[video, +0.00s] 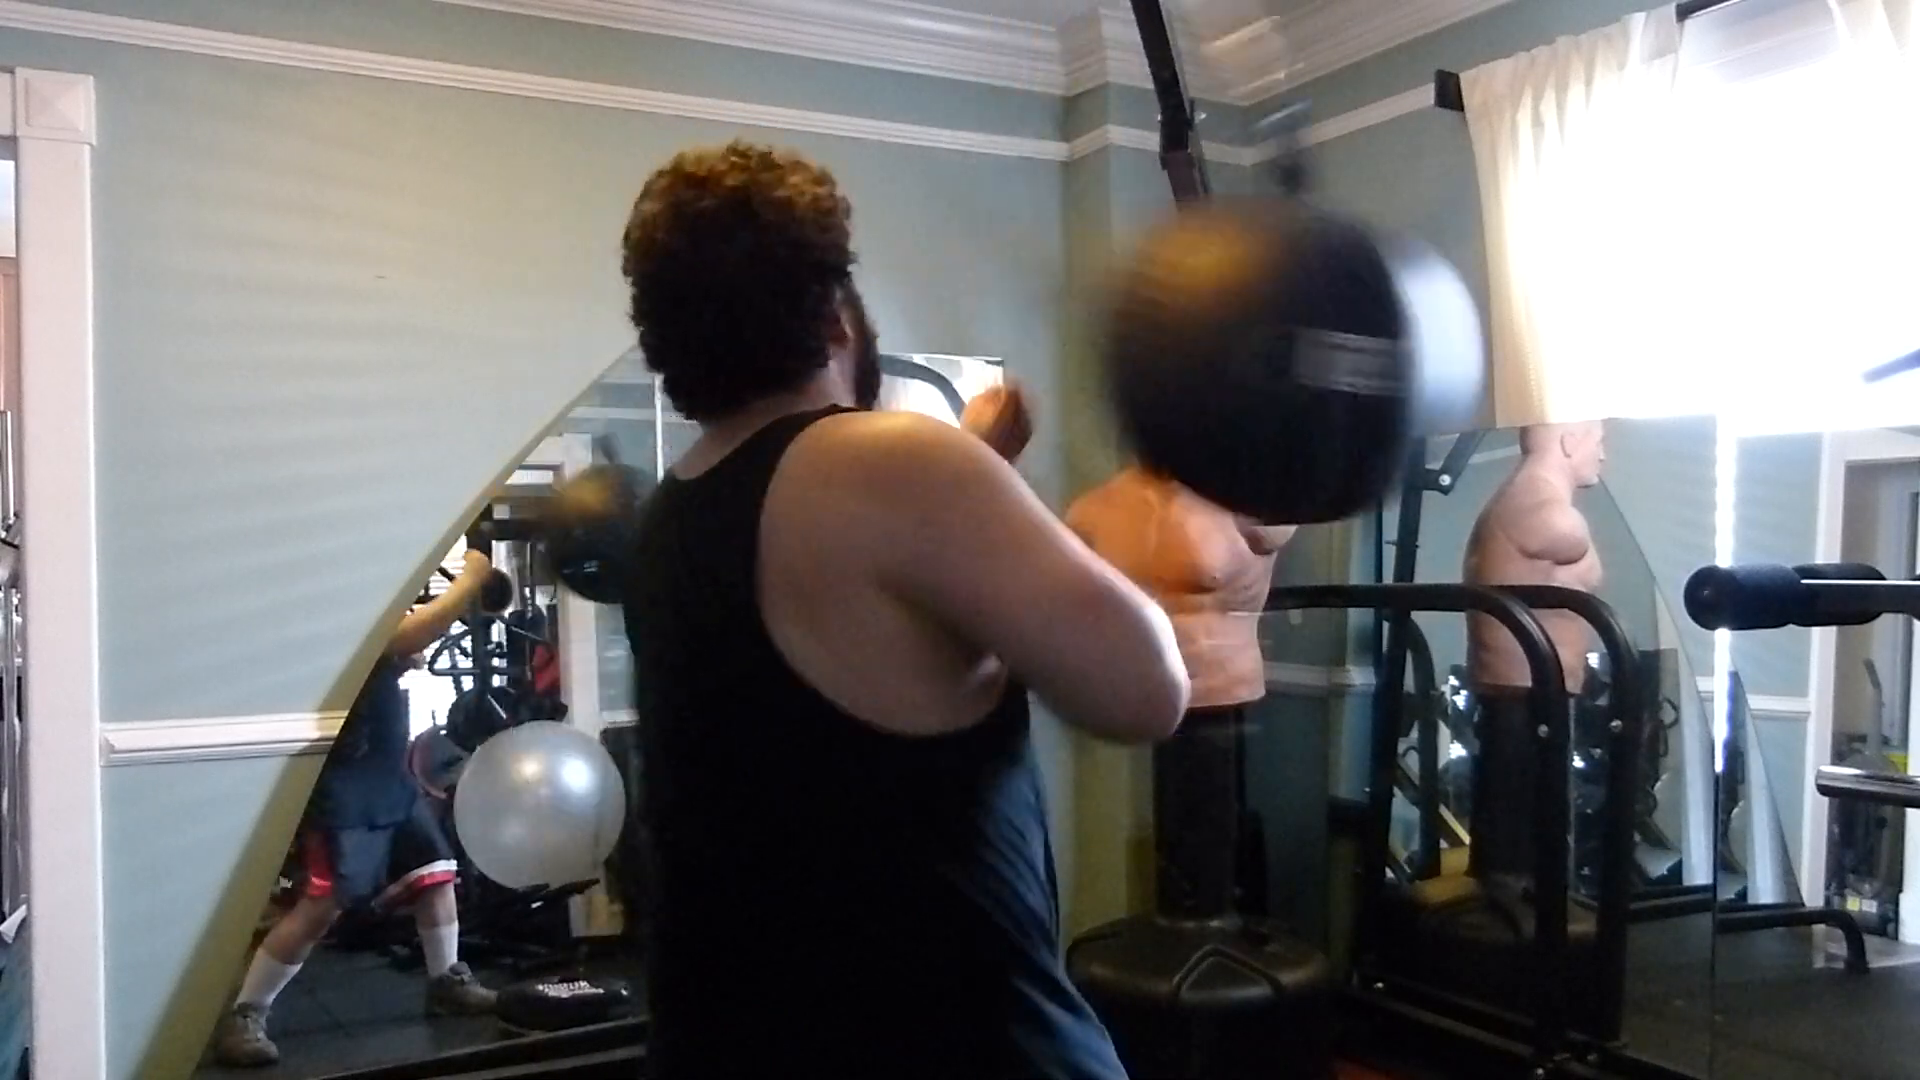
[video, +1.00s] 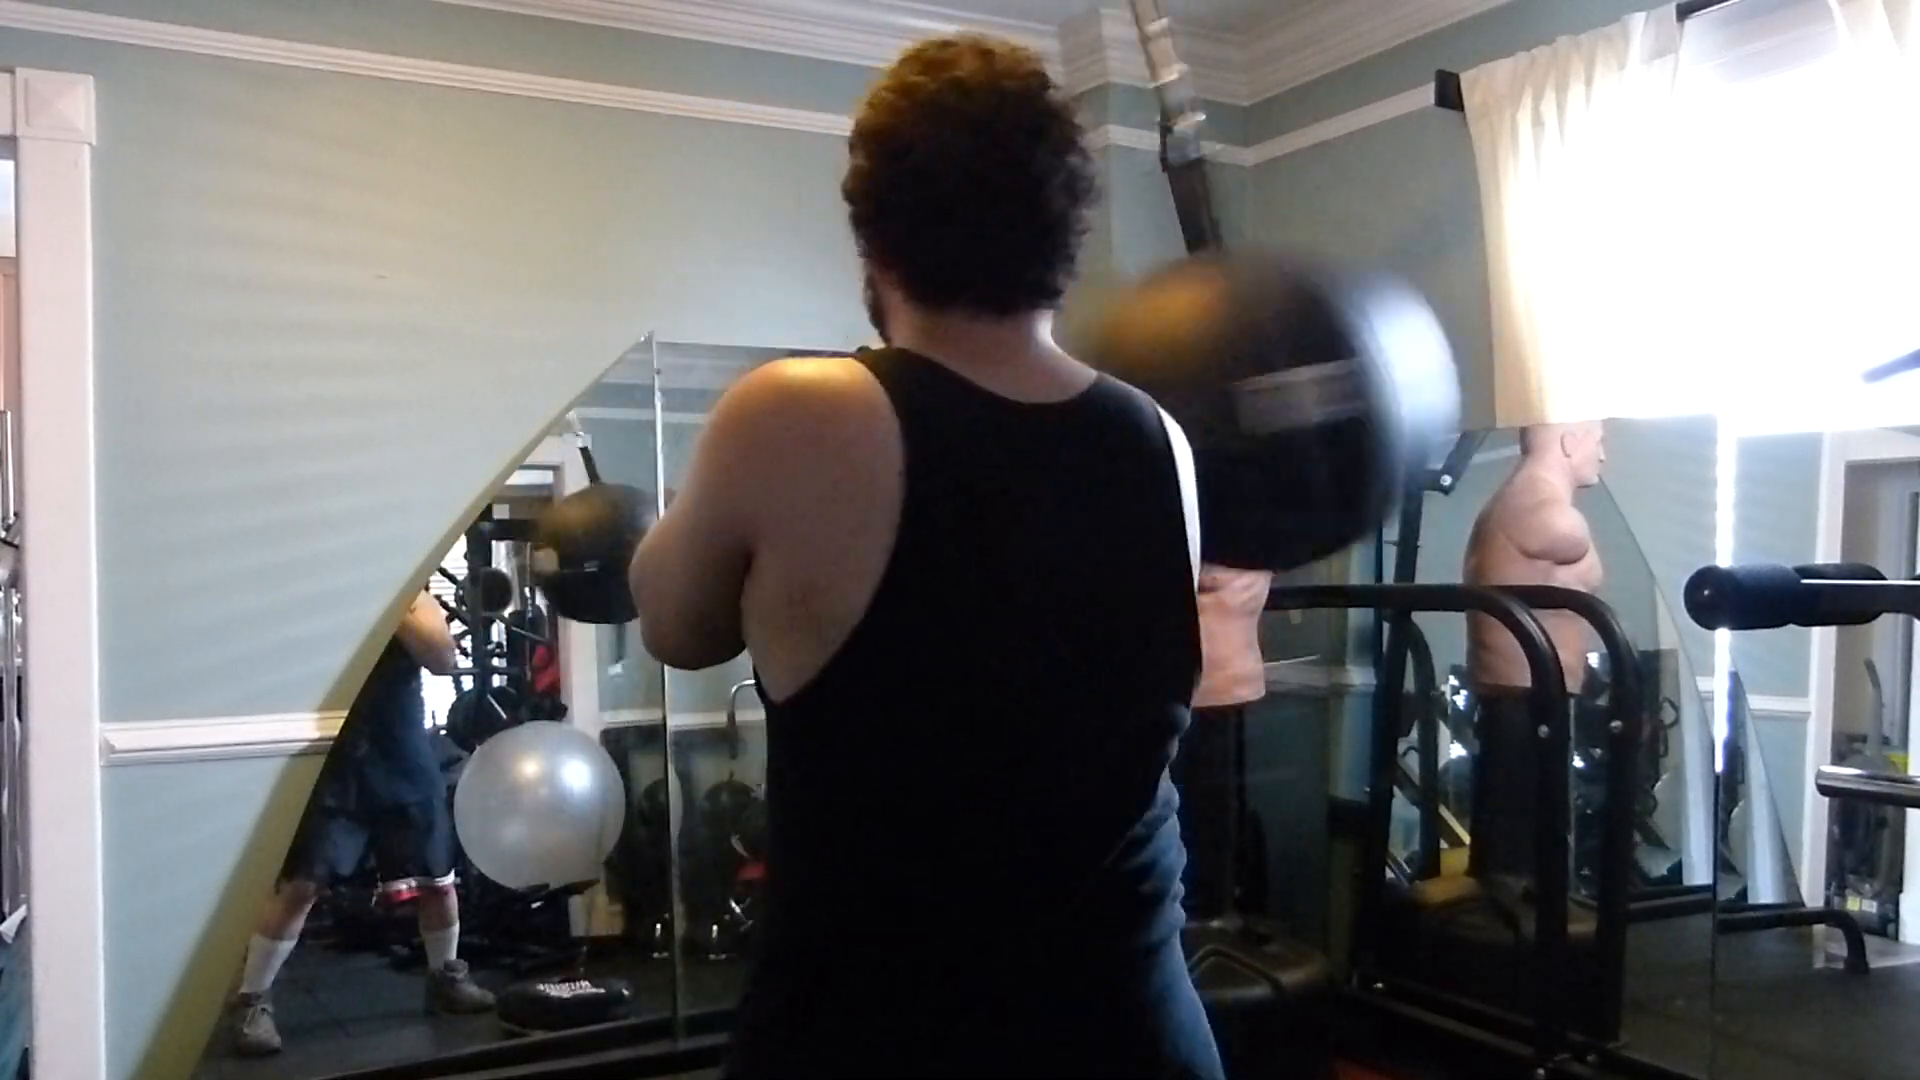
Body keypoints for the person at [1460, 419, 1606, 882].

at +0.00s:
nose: (1603, 454)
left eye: (1603, 440)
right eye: (1598, 438)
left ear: (1557, 441)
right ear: (1567, 441)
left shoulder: (1512, 499)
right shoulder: (1540, 498)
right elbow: (1592, 574)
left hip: (1510, 696)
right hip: (1529, 700)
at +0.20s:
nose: (1604, 454)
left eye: (1603, 440)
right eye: (1598, 438)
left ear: (1557, 440)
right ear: (1566, 440)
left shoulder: (1513, 498)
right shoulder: (1540, 498)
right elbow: (1592, 573)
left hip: (1510, 693)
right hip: (1529, 697)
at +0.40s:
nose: (1604, 454)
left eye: (1603, 440)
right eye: (1598, 439)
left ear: (1557, 441)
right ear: (1567, 441)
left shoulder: (1508, 501)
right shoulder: (1539, 498)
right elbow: (1592, 572)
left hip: (1509, 696)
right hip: (1530, 700)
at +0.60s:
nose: (1603, 453)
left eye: (1603, 439)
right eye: (1598, 437)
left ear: (1558, 439)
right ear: (1567, 440)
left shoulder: (1515, 496)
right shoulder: (1538, 496)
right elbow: (1591, 573)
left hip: (1511, 694)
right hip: (1528, 698)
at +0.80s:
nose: (1603, 454)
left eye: (1602, 439)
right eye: (1597, 438)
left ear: (1555, 441)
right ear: (1566, 441)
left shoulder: (1509, 500)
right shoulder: (1540, 499)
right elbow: (1594, 575)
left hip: (1508, 694)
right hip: (1530, 698)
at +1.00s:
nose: (1603, 454)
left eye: (1602, 440)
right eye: (1597, 439)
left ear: (1555, 441)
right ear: (1567, 441)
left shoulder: (1508, 501)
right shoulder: (1540, 499)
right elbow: (1593, 575)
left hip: (1505, 689)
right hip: (1530, 693)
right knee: (1529, 800)